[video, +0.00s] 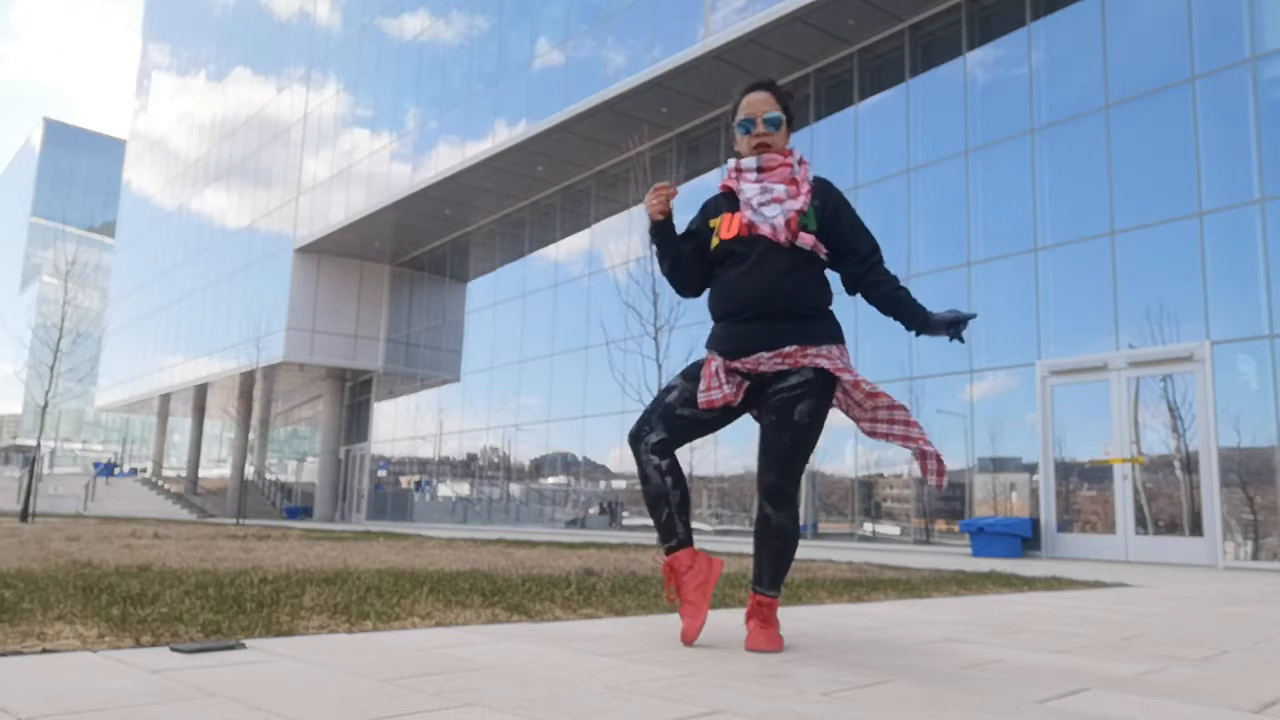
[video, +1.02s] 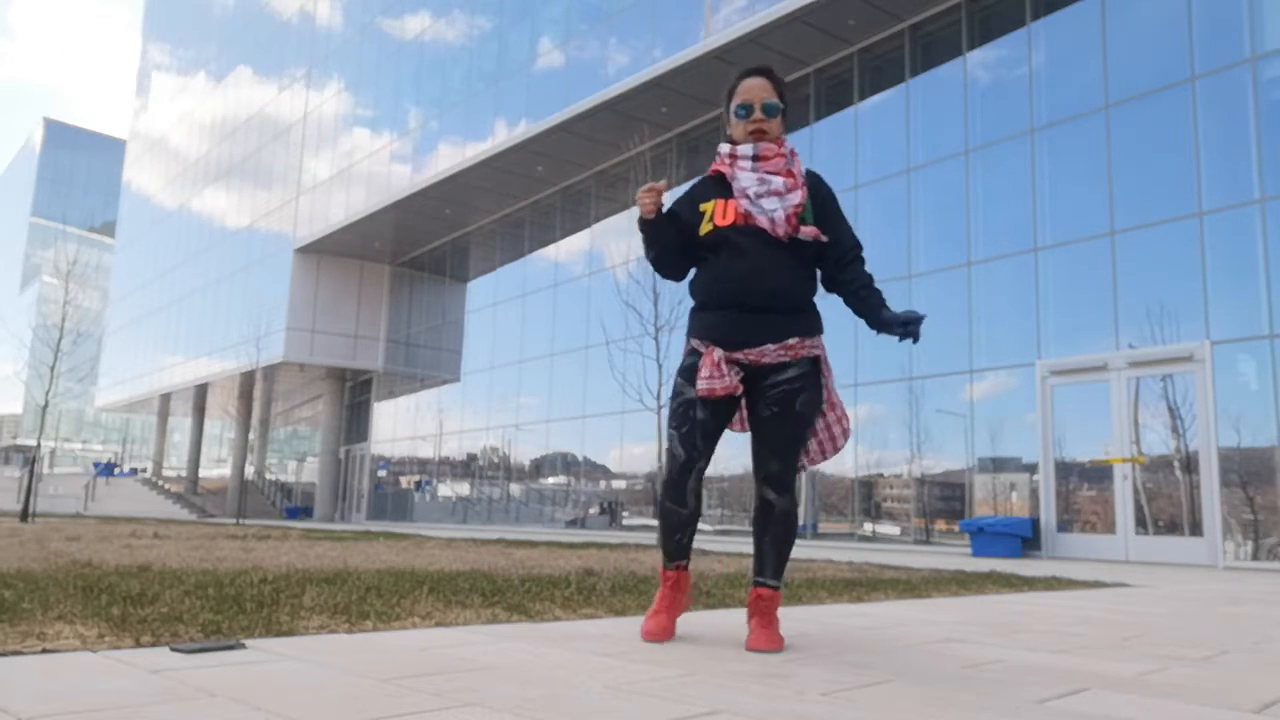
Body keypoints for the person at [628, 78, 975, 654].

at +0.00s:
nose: (759, 133)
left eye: (771, 123)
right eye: (747, 125)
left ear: (789, 132)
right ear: (733, 137)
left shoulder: (818, 197)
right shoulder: (718, 208)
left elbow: (867, 272)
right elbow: (689, 279)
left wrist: (921, 320)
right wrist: (662, 227)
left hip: (802, 360)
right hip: (728, 361)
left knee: (777, 487)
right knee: (649, 438)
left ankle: (764, 607)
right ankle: (682, 561)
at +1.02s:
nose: (757, 120)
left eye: (769, 110)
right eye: (744, 110)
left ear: (784, 120)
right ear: (727, 121)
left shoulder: (810, 191)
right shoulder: (704, 194)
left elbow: (845, 264)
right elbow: (675, 265)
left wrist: (880, 314)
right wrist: (653, 222)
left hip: (788, 351)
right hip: (711, 351)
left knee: (776, 481)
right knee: (681, 466)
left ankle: (764, 607)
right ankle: (672, 582)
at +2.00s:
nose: (745, 168)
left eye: (748, 158)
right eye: (737, 156)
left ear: (735, 154)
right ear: (701, 150)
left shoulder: (736, 218)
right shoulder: (647, 200)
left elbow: (724, 274)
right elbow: (574, 216)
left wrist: (632, 265)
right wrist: (611, 161)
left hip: (717, 353)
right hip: (647, 356)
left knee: (772, 454)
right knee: (654, 476)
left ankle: (809, 576)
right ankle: (667, 598)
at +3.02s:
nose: (684, 155)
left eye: (693, 147)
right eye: (671, 147)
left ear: (705, 157)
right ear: (652, 160)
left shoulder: (723, 212)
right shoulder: (633, 222)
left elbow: (726, 268)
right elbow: (571, 242)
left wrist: (638, 275)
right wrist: (603, 184)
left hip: (704, 364)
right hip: (638, 363)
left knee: (686, 472)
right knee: (643, 479)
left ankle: (699, 569)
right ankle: (663, 596)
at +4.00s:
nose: (687, 157)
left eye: (698, 148)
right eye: (674, 148)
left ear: (709, 159)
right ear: (654, 160)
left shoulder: (717, 216)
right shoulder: (628, 221)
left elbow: (713, 271)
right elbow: (566, 235)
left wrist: (628, 278)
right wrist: (601, 180)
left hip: (710, 365)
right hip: (644, 371)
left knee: (724, 468)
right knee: (648, 482)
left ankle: (785, 572)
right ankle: (666, 601)